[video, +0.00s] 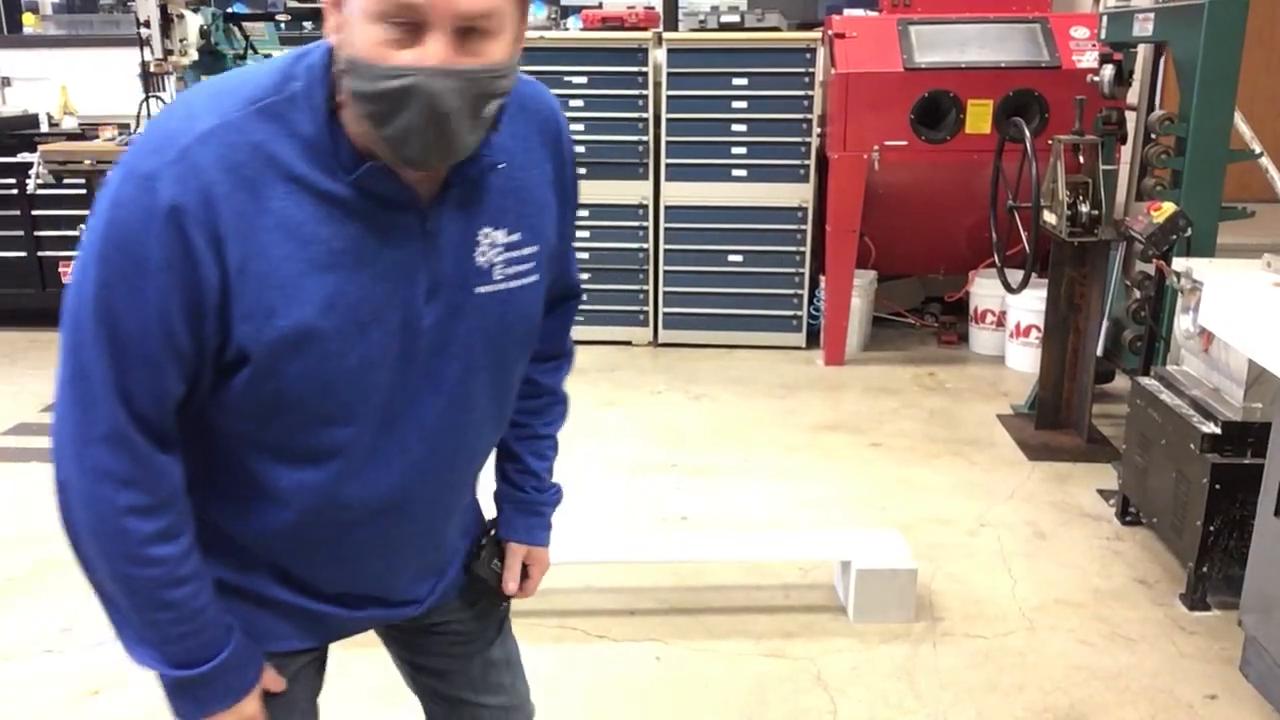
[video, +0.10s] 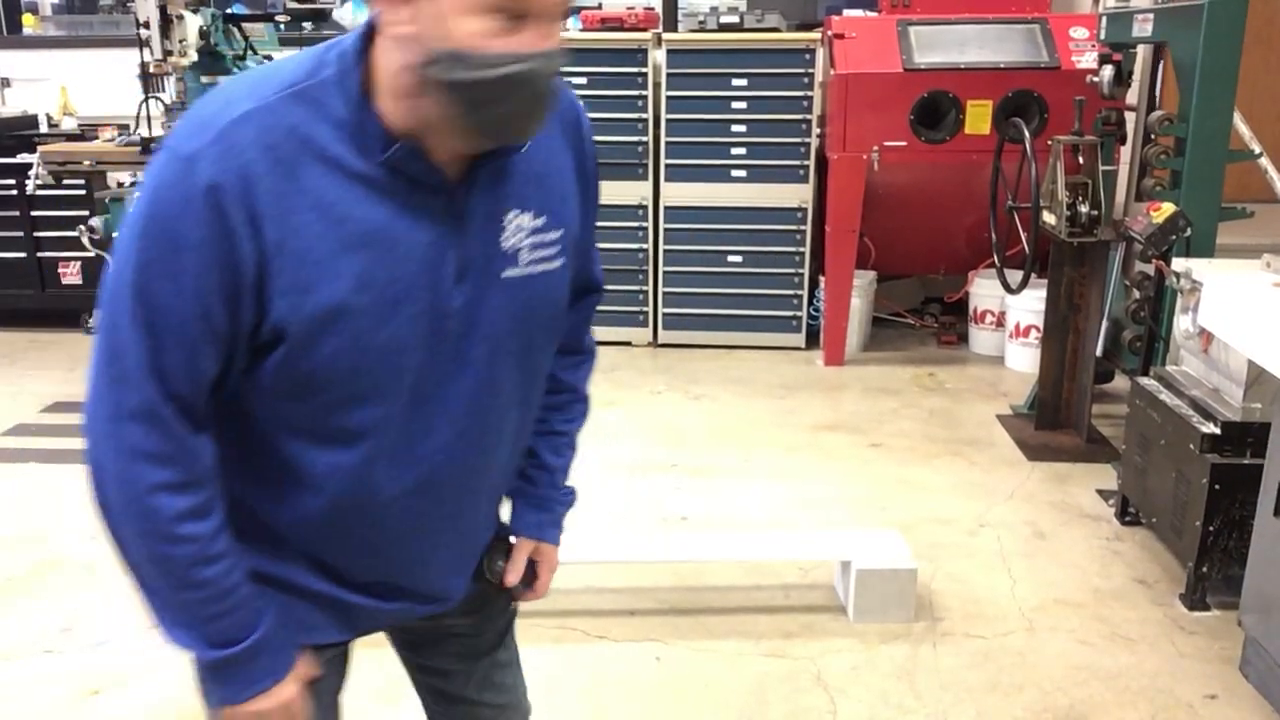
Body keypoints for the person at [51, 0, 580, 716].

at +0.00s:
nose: (435, 67)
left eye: (473, 33)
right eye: (401, 27)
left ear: (523, 34)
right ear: (335, 19)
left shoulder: (532, 134)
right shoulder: (184, 178)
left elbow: (543, 332)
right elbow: (105, 457)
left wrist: (527, 501)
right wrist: (207, 667)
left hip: (436, 542)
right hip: (258, 575)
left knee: (498, 709)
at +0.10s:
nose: (541, 45)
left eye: (555, 17)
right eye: (506, 14)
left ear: (571, 18)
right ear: (396, 10)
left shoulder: (555, 133)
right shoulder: (224, 162)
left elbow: (567, 330)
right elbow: (134, 434)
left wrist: (541, 501)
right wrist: (239, 649)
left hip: (458, 549)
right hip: (284, 573)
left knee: (494, 712)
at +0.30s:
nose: (587, 20)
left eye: (587, 4)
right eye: (579, 3)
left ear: (542, 4)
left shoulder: (563, 81)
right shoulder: (309, 112)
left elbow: (607, 270)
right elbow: (248, 375)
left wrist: (612, 415)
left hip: (529, 526)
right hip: (356, 545)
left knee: (537, 709)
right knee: (351, 707)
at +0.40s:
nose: (591, 4)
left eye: (589, 0)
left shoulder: (558, 60)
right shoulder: (348, 92)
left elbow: (613, 235)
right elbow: (332, 359)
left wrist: (644, 348)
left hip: (551, 528)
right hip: (400, 544)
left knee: (540, 707)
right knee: (386, 707)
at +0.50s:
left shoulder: (549, 53)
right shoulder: (382, 77)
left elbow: (605, 217)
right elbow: (404, 341)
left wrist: (662, 291)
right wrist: (630, 406)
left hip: (566, 513)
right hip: (438, 535)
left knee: (545, 709)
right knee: (430, 707)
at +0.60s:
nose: (581, 1)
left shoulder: (525, 57)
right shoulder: (411, 71)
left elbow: (586, 225)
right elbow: (458, 326)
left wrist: (669, 271)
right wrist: (666, 391)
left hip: (569, 505)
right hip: (471, 527)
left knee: (555, 710)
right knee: (466, 708)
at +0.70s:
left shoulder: (499, 53)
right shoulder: (428, 69)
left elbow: (576, 244)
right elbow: (500, 318)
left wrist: (684, 302)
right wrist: (682, 421)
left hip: (564, 491)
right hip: (498, 511)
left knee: (560, 708)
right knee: (497, 711)